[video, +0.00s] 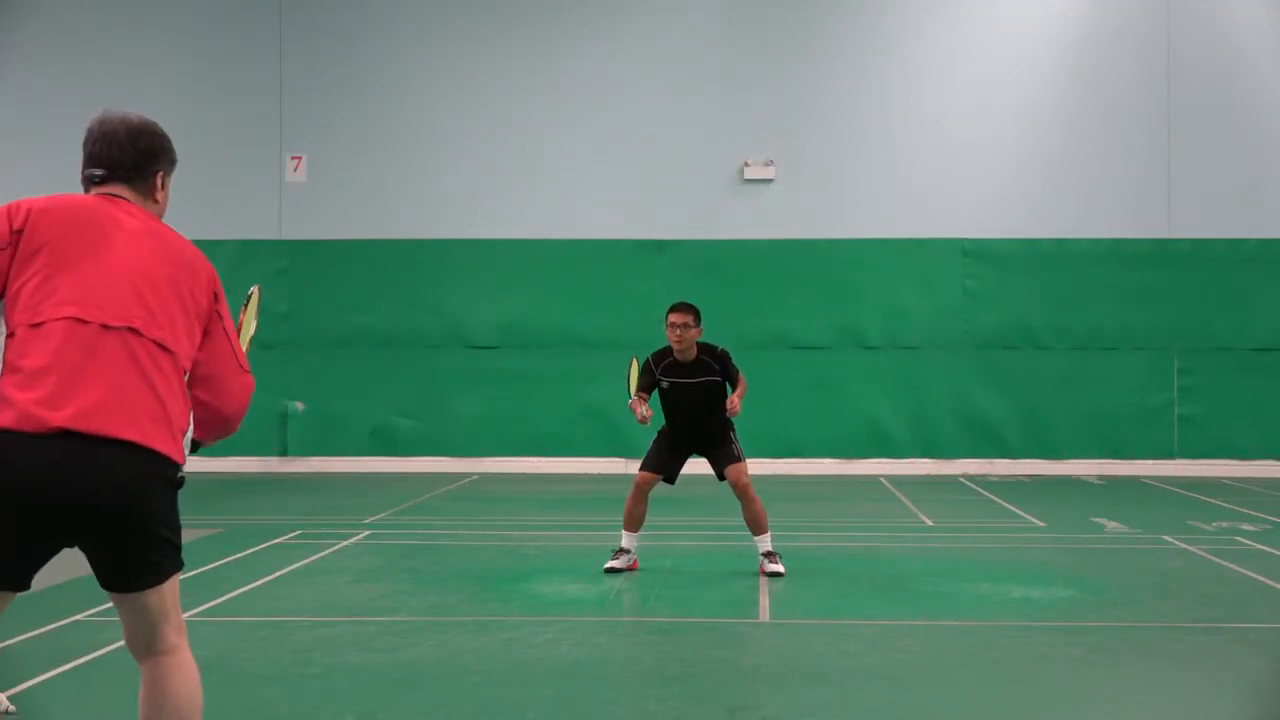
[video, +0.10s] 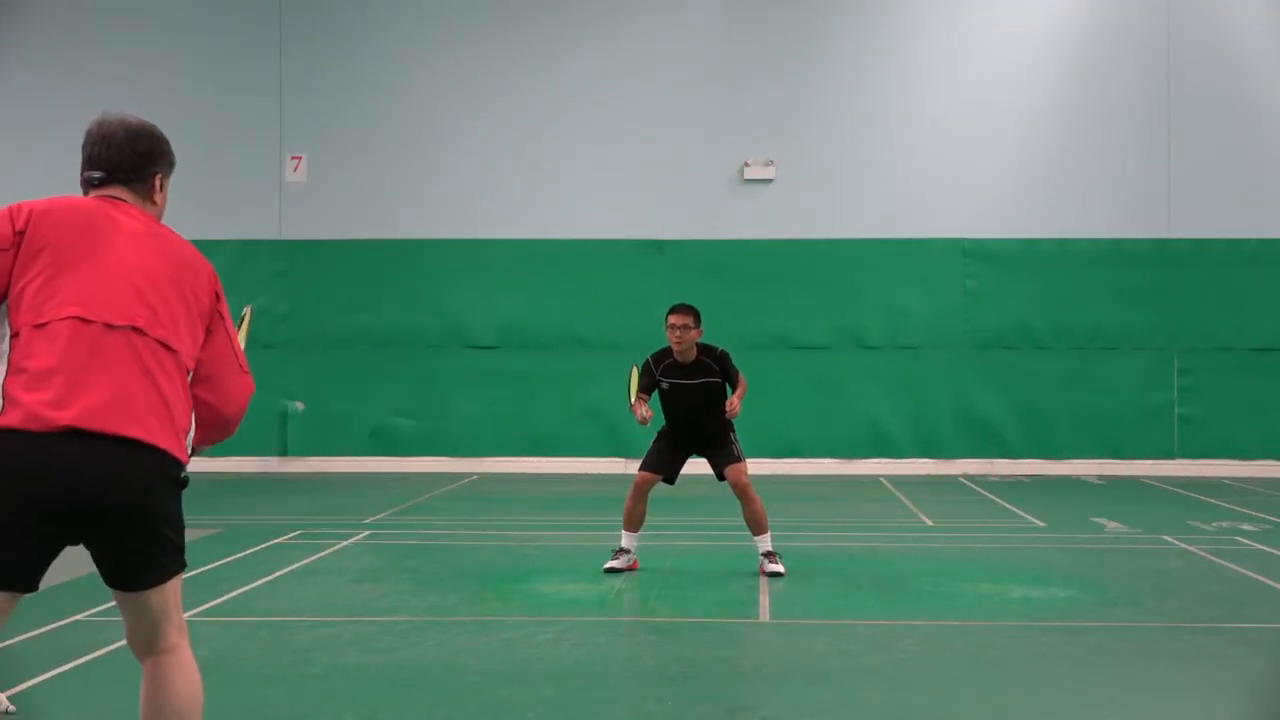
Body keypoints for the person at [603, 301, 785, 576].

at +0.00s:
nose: (677, 333)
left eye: (684, 327)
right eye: (672, 327)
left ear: (698, 330)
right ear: (666, 330)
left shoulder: (716, 357)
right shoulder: (657, 361)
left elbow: (739, 381)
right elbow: (639, 397)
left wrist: (737, 397)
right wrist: (641, 409)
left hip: (716, 433)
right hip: (675, 433)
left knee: (742, 484)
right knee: (641, 483)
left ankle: (767, 553)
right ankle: (626, 551)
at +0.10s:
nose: (677, 334)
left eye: (684, 328)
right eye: (672, 328)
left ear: (697, 332)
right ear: (666, 331)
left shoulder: (717, 358)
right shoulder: (656, 363)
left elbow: (740, 382)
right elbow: (640, 397)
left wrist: (737, 398)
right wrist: (641, 410)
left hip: (716, 433)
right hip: (675, 434)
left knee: (741, 483)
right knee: (641, 483)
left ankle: (767, 553)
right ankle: (626, 551)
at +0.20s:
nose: (677, 334)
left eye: (684, 329)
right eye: (672, 328)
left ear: (697, 332)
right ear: (666, 331)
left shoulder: (716, 358)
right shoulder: (656, 363)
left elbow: (740, 382)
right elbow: (639, 397)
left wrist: (737, 398)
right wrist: (640, 411)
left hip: (716, 433)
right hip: (675, 434)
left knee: (741, 484)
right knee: (641, 483)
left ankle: (767, 553)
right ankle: (626, 551)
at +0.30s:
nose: (677, 335)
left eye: (684, 329)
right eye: (671, 328)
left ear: (697, 332)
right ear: (666, 331)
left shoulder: (716, 358)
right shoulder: (656, 363)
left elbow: (740, 382)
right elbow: (638, 398)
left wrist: (736, 398)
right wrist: (640, 411)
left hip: (716, 433)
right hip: (674, 435)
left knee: (741, 484)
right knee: (640, 483)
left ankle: (767, 553)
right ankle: (626, 551)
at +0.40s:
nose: (677, 334)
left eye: (684, 328)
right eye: (671, 328)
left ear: (697, 332)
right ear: (666, 331)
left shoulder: (716, 358)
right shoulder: (656, 363)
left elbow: (740, 382)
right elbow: (638, 398)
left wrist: (736, 398)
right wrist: (640, 412)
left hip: (716, 433)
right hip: (674, 434)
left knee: (741, 484)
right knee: (640, 483)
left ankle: (767, 553)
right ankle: (626, 551)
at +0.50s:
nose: (677, 334)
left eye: (684, 328)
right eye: (672, 328)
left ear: (697, 332)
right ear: (666, 331)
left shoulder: (716, 358)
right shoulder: (656, 363)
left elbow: (740, 382)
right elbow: (638, 398)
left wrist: (737, 398)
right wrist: (640, 412)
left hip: (716, 434)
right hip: (674, 435)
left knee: (741, 484)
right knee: (640, 483)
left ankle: (767, 553)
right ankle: (626, 551)